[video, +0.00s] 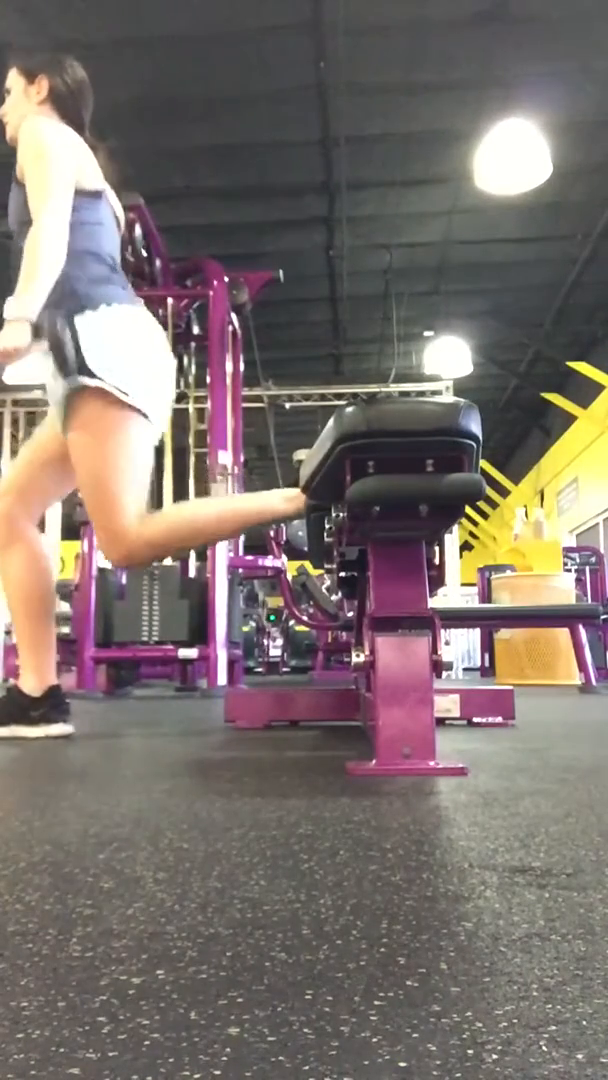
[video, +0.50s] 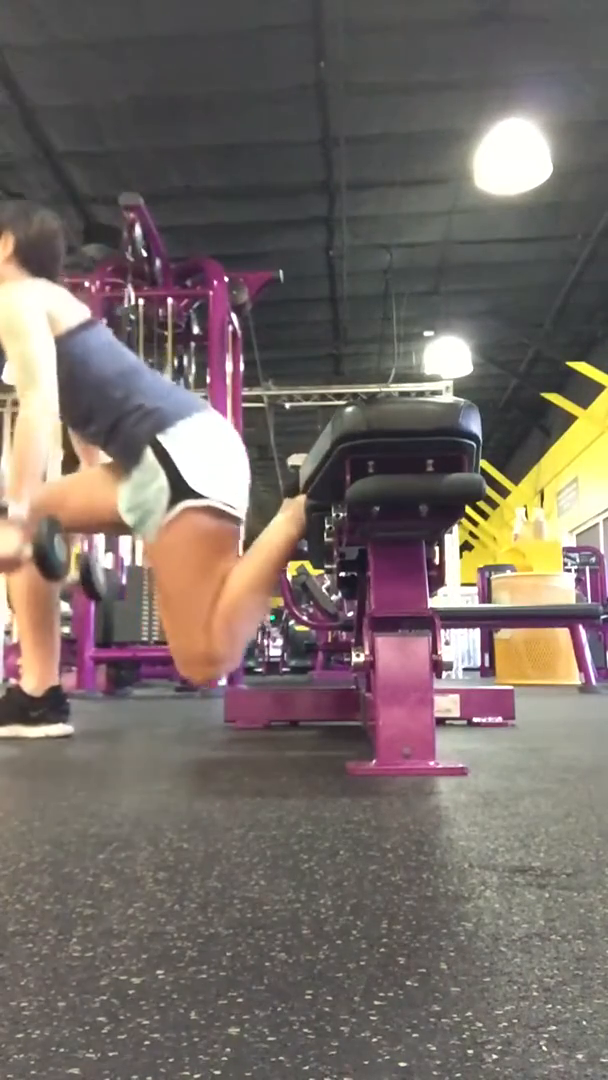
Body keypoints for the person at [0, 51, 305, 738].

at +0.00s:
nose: (5, 106)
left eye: (11, 93)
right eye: (6, 94)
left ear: (38, 90)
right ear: (54, 98)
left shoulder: (44, 133)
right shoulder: (69, 156)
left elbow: (50, 229)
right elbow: (77, 272)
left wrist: (18, 316)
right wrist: (26, 347)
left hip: (115, 344)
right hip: (103, 358)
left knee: (122, 537)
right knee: (14, 508)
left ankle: (304, 497)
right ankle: (37, 691)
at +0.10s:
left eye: (2, 109)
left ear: (25, 115)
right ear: (46, 123)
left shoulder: (34, 163)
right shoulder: (54, 180)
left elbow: (42, 259)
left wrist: (19, 350)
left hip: (126, 368)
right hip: (101, 392)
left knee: (135, 565)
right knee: (10, 508)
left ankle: (300, 502)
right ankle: (36, 691)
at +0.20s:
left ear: (19, 147)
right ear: (40, 155)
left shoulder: (27, 200)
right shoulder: (51, 217)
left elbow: (40, 298)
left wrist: (23, 398)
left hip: (143, 392)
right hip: (117, 414)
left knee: (148, 592)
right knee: (13, 512)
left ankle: (306, 499)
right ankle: (36, 691)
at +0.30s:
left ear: (14, 181)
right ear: (31, 187)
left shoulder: (25, 237)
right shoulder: (48, 248)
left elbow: (36, 344)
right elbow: (100, 384)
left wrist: (14, 447)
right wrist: (65, 462)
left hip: (159, 414)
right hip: (122, 435)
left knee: (168, 616)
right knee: (10, 516)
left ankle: (302, 501)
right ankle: (38, 692)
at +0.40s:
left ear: (12, 216)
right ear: (36, 222)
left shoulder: (23, 270)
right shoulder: (54, 283)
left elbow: (37, 382)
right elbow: (95, 436)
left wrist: (14, 481)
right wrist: (46, 505)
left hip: (173, 439)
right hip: (141, 454)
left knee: (186, 642)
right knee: (17, 517)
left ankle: (301, 508)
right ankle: (38, 693)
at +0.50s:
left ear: (6, 244)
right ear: (32, 249)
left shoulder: (22, 297)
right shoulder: (53, 307)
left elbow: (39, 405)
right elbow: (92, 448)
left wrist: (18, 513)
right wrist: (58, 533)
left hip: (183, 452)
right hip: (142, 470)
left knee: (202, 660)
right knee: (25, 514)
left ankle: (301, 512)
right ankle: (38, 693)